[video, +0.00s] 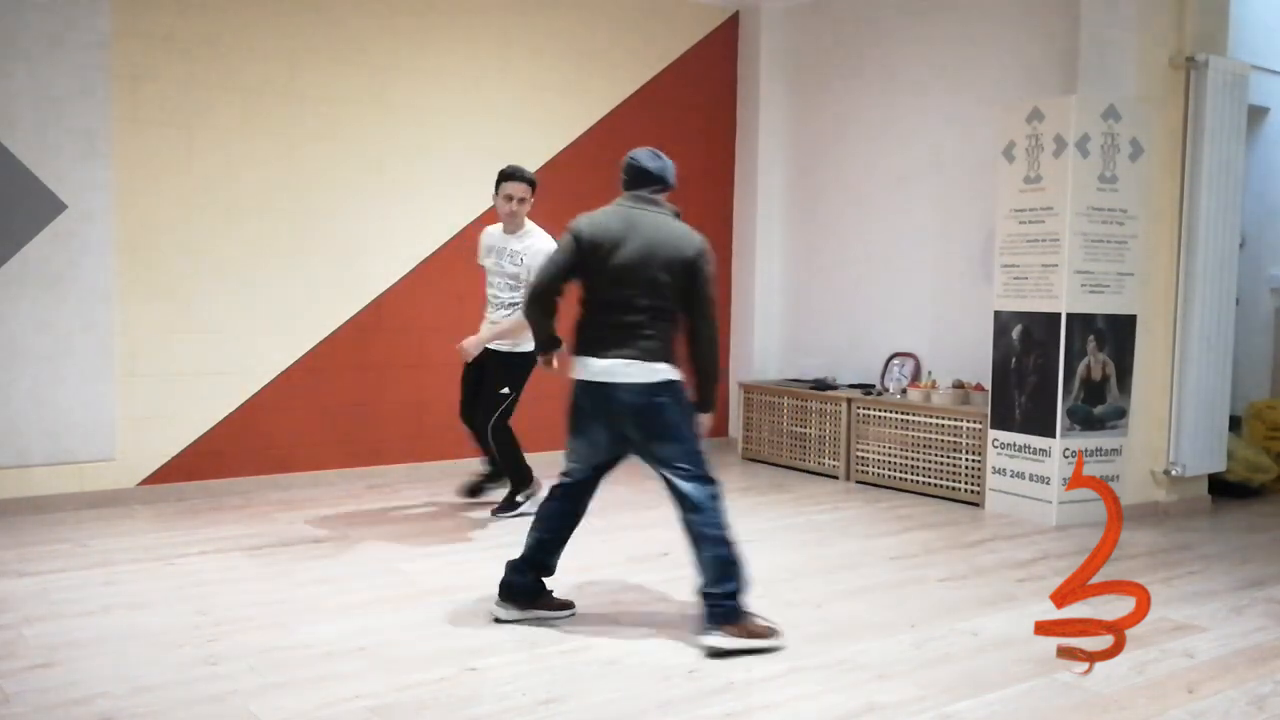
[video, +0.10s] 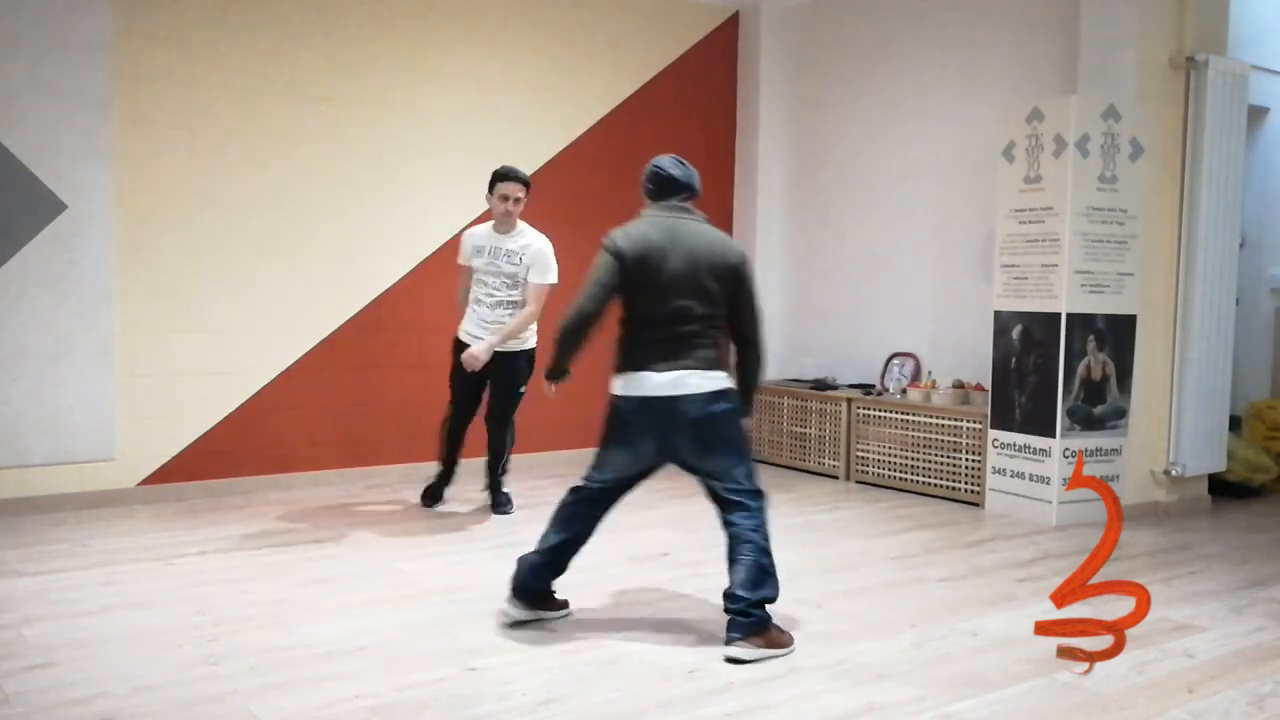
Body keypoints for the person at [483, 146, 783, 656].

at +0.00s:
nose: (668, 196)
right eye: (670, 189)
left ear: (623, 184)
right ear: (667, 190)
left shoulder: (590, 227)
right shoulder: (689, 242)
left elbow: (540, 290)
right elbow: (703, 330)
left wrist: (547, 342)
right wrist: (706, 398)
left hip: (594, 385)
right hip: (655, 387)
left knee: (573, 485)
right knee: (697, 493)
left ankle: (522, 585)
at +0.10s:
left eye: (644, 191)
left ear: (647, 194)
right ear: (694, 195)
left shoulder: (625, 240)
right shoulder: (726, 250)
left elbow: (586, 310)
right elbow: (750, 339)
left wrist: (557, 362)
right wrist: (744, 398)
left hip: (638, 404)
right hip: (707, 402)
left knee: (592, 495)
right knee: (743, 504)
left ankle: (530, 585)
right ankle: (749, 621)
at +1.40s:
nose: (765, 201)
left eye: (768, 194)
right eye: (766, 194)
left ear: (781, 195)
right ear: (814, 194)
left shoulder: (768, 240)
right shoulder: (850, 240)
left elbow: (744, 316)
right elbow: (866, 317)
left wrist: (730, 368)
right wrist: (868, 377)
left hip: (782, 374)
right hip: (833, 372)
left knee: (774, 469)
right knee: (824, 464)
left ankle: (802, 573)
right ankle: (834, 559)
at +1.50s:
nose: (760, 204)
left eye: (762, 197)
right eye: (761, 196)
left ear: (772, 199)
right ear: (808, 197)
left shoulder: (763, 243)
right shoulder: (842, 242)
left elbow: (738, 316)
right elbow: (859, 318)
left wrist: (716, 369)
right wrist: (863, 372)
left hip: (781, 377)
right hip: (830, 374)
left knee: (779, 473)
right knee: (819, 462)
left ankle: (807, 580)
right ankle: (835, 558)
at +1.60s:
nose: (752, 207)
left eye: (755, 200)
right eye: (753, 200)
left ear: (768, 204)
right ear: (798, 204)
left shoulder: (758, 246)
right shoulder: (833, 248)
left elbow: (722, 317)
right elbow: (853, 317)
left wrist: (678, 375)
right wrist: (859, 359)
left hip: (775, 383)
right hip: (821, 381)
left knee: (771, 476)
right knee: (814, 467)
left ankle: (807, 580)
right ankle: (834, 559)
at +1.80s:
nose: (705, 208)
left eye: (710, 201)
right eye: (707, 200)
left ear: (729, 204)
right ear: (750, 203)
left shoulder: (734, 231)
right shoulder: (782, 238)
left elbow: (731, 267)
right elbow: (802, 287)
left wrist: (707, 303)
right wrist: (800, 254)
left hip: (750, 377)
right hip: (791, 374)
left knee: (699, 462)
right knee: (790, 461)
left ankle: (735, 563)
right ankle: (831, 556)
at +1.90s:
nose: (677, 206)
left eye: (682, 198)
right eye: (678, 198)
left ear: (702, 201)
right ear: (718, 199)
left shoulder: (716, 225)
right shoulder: (737, 228)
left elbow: (732, 254)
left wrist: (708, 276)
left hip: (731, 377)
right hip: (763, 375)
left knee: (665, 450)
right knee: (783, 466)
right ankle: (829, 559)